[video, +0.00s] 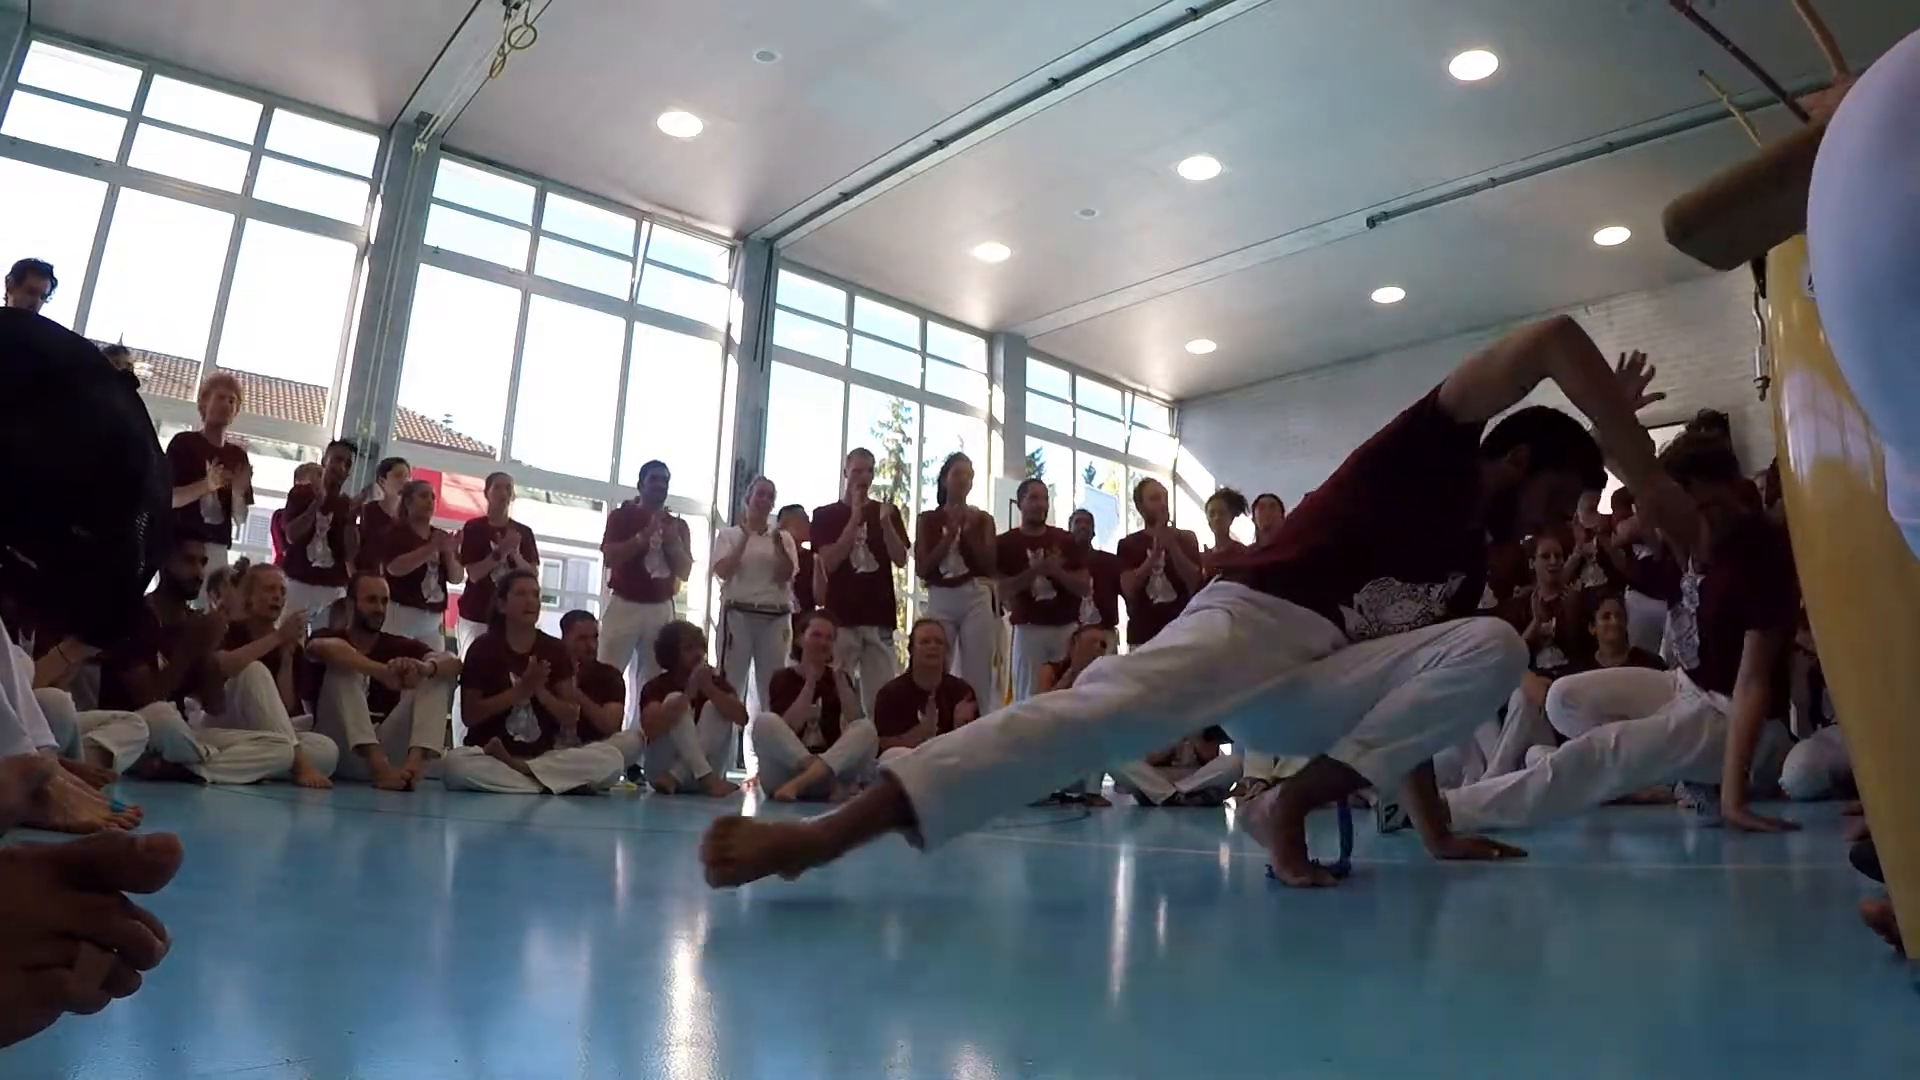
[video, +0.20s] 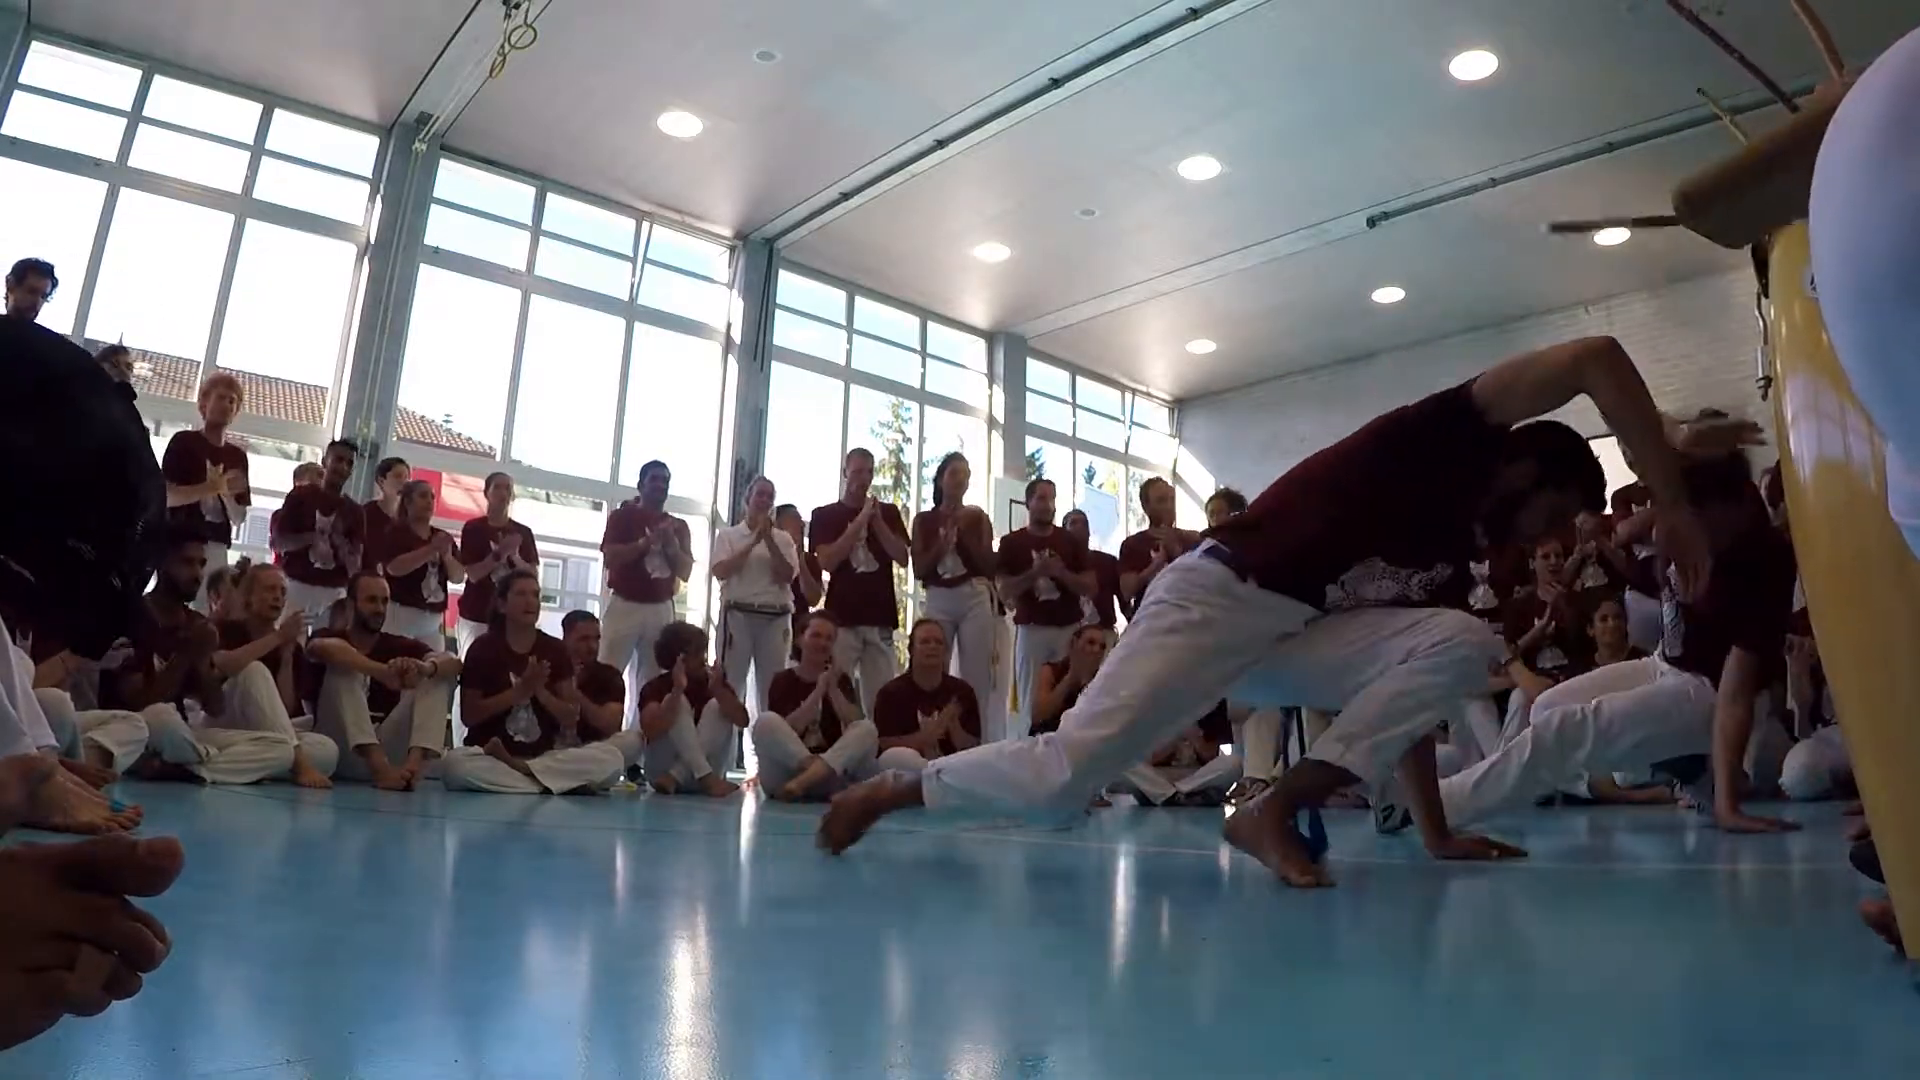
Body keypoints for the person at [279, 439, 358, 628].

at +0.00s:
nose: (341, 468)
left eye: (347, 464)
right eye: (337, 460)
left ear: (351, 471)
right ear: (324, 461)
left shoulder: (346, 504)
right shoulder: (300, 494)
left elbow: (351, 552)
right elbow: (292, 535)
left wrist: (352, 518)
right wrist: (317, 503)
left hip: (333, 586)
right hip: (299, 582)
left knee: (327, 654)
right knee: (288, 646)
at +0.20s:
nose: (343, 467)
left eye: (349, 463)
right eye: (338, 460)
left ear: (352, 470)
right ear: (325, 461)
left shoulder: (355, 511)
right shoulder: (300, 496)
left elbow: (354, 564)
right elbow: (279, 542)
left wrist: (338, 541)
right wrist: (314, 538)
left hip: (335, 590)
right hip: (297, 585)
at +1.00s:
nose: (334, 467)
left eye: (340, 462)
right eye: (328, 460)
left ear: (345, 467)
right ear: (316, 463)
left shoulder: (352, 506)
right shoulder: (299, 498)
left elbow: (351, 554)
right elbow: (292, 544)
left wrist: (345, 526)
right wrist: (321, 523)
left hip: (336, 588)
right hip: (302, 584)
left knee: (329, 654)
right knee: (292, 650)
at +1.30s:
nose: (336, 468)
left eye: (342, 462)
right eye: (330, 461)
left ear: (346, 467)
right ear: (317, 465)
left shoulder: (353, 507)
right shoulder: (297, 499)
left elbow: (356, 557)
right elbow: (285, 547)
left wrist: (342, 530)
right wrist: (318, 535)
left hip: (337, 591)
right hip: (301, 587)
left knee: (330, 658)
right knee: (291, 654)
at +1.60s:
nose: (337, 469)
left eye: (343, 464)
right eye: (331, 462)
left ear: (347, 469)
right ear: (319, 464)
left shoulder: (354, 510)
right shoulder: (296, 499)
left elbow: (359, 560)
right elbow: (280, 549)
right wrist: (302, 523)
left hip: (336, 592)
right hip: (300, 587)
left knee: (330, 658)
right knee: (289, 654)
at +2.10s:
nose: (337, 471)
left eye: (343, 466)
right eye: (331, 464)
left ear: (347, 470)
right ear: (318, 465)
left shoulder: (352, 506)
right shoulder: (299, 496)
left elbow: (353, 552)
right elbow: (290, 542)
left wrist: (346, 516)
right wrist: (320, 521)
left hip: (336, 588)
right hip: (301, 584)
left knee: (329, 655)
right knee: (290, 650)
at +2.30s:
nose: (337, 474)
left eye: (343, 469)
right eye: (331, 467)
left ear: (348, 470)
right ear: (319, 464)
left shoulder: (349, 504)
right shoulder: (298, 495)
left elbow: (351, 550)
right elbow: (294, 539)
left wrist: (351, 519)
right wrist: (316, 509)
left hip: (336, 586)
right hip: (302, 582)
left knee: (332, 651)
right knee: (290, 648)